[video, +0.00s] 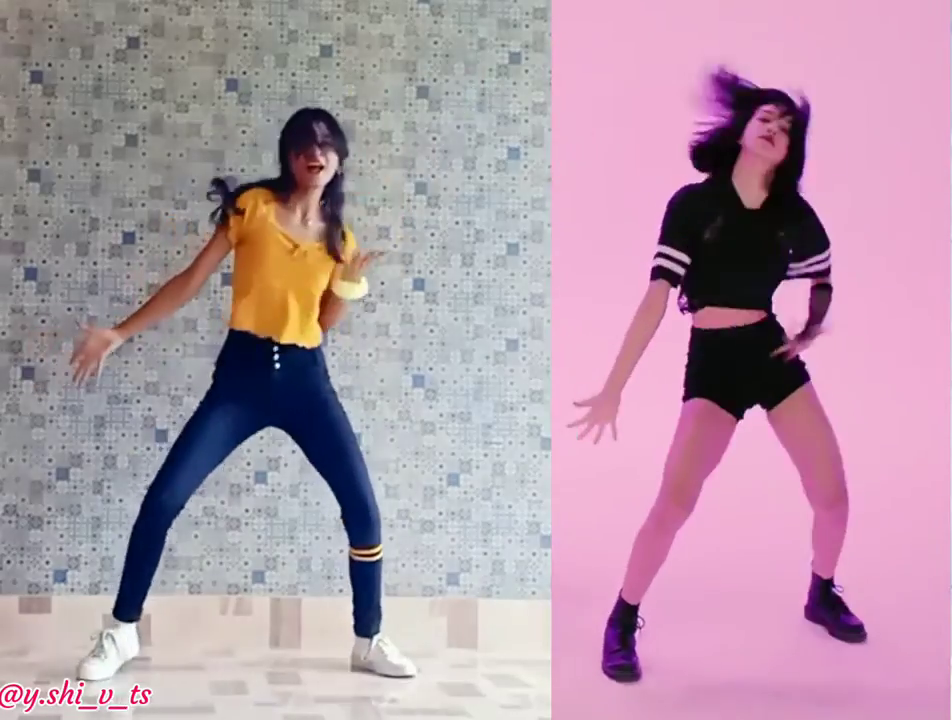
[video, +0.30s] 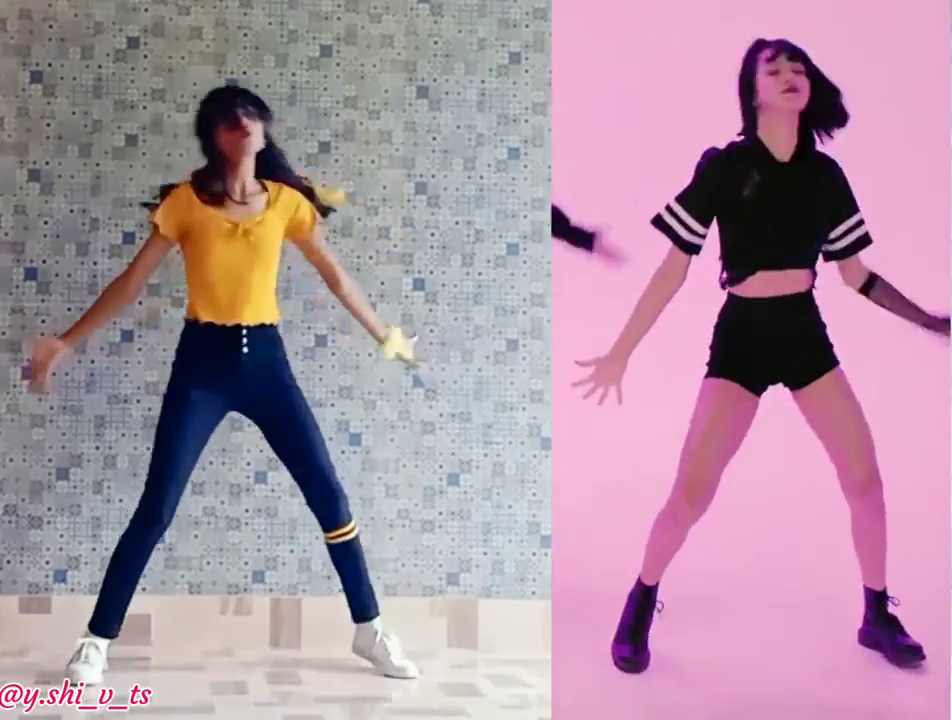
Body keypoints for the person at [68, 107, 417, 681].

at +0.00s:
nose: (315, 155)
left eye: (326, 147)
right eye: (305, 146)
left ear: (340, 159)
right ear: (287, 153)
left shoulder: (339, 236)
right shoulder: (251, 206)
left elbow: (326, 321)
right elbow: (189, 282)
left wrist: (347, 281)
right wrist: (117, 333)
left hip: (306, 382)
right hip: (240, 378)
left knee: (364, 509)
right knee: (162, 499)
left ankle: (369, 640)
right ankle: (122, 631)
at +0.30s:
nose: (241, 121)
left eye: (249, 112)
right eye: (227, 116)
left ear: (265, 128)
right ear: (210, 136)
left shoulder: (288, 202)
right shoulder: (186, 202)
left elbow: (333, 275)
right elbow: (131, 281)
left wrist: (383, 334)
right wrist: (66, 340)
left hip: (267, 364)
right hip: (202, 365)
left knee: (329, 494)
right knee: (157, 509)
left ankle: (369, 628)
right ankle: (95, 644)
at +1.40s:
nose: (270, 146)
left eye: (279, 137)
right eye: (257, 137)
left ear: (291, 151)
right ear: (237, 149)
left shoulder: (300, 225)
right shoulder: (222, 206)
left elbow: (316, 322)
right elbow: (181, 294)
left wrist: (370, 367)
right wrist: (126, 368)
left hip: (285, 376)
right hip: (234, 373)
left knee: (346, 508)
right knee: (206, 528)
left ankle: (294, 643)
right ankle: (95, 615)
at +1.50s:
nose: (291, 141)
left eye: (300, 131)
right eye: (277, 132)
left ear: (312, 143)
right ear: (259, 143)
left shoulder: (324, 216)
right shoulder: (241, 198)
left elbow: (314, 309)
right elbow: (208, 290)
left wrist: (365, 287)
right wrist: (179, 373)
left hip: (312, 361)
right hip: (261, 363)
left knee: (350, 506)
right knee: (325, 503)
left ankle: (294, 643)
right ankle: (207, 580)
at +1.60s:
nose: (307, 137)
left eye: (318, 128)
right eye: (296, 126)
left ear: (331, 138)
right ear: (278, 134)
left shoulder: (345, 204)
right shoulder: (252, 198)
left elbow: (352, 291)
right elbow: (231, 288)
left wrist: (345, 217)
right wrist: (229, 367)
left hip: (338, 352)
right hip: (289, 355)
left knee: (356, 502)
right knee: (400, 467)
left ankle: (292, 641)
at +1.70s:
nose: (326, 141)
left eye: (335, 131)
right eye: (315, 130)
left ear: (348, 141)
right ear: (296, 137)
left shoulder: (356, 198)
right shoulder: (270, 207)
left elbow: (379, 233)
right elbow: (258, 308)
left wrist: (362, 174)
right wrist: (285, 367)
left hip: (372, 350)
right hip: (330, 359)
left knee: (357, 510)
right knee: (434, 486)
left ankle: (293, 641)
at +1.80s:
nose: (356, 146)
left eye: (360, 136)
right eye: (344, 135)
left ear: (361, 145)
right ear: (314, 143)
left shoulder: (367, 201)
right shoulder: (301, 214)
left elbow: (432, 222)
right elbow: (317, 312)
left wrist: (410, 165)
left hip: (390, 360)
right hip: (363, 364)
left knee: (373, 519)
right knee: (453, 498)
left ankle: (297, 640)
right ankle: (468, 654)